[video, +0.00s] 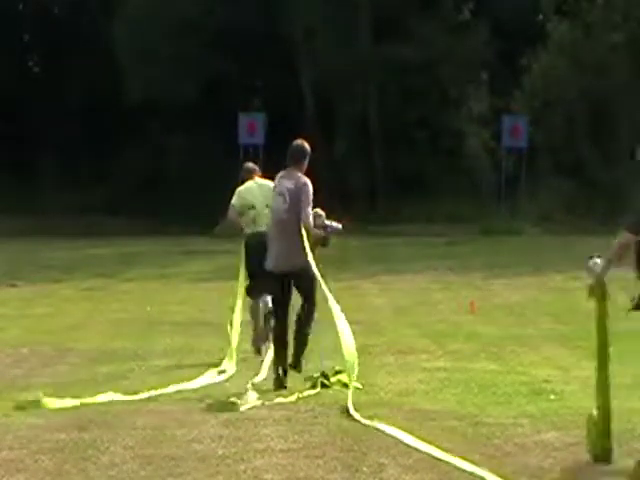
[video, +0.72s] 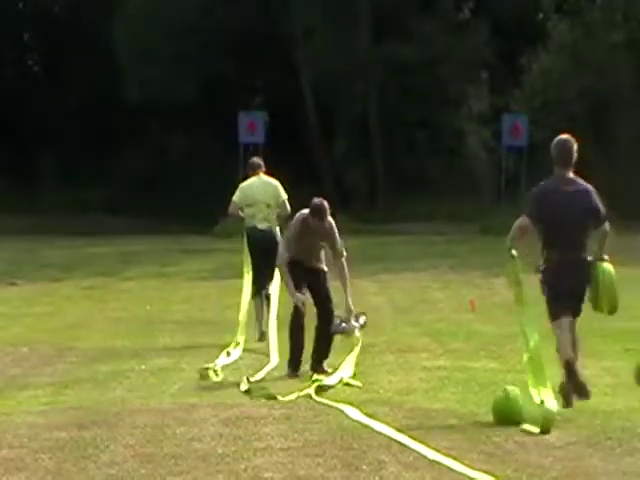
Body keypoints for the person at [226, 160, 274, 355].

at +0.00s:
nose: (246, 179)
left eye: (245, 176)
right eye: (251, 174)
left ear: (244, 176)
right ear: (259, 173)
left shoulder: (241, 191)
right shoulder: (272, 186)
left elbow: (232, 214)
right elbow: (281, 209)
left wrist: (243, 226)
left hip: (253, 235)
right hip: (273, 234)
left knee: (254, 281)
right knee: (269, 277)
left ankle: (257, 329)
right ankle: (269, 307)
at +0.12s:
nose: (254, 179)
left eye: (249, 177)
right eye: (256, 175)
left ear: (247, 177)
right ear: (261, 175)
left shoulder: (242, 193)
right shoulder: (274, 189)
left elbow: (231, 217)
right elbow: (283, 211)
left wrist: (243, 227)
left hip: (252, 238)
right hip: (274, 237)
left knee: (255, 290)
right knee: (274, 287)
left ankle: (260, 341)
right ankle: (273, 333)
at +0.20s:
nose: (260, 172)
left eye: (255, 169)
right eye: (261, 169)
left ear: (250, 171)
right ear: (265, 169)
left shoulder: (243, 185)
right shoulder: (276, 183)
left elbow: (231, 209)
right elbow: (285, 205)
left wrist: (242, 220)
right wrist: (280, 220)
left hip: (252, 230)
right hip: (274, 230)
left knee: (254, 272)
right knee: (272, 271)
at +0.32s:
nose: (259, 172)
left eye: (255, 169)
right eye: (262, 168)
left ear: (252, 170)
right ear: (267, 169)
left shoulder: (245, 184)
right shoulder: (278, 184)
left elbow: (234, 209)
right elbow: (286, 205)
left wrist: (246, 214)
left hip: (251, 226)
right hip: (271, 227)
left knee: (252, 265)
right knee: (268, 263)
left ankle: (253, 288)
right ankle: (265, 290)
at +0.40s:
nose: (253, 175)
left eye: (252, 172)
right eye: (257, 171)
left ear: (251, 172)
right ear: (265, 171)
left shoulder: (247, 188)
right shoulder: (277, 186)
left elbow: (238, 211)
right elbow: (287, 206)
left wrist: (250, 214)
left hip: (252, 233)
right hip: (272, 232)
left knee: (253, 271)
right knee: (268, 273)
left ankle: (254, 292)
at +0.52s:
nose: (247, 170)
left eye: (247, 167)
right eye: (249, 166)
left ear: (249, 167)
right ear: (261, 165)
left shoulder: (246, 182)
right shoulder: (276, 181)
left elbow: (239, 207)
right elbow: (288, 202)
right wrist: (284, 220)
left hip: (253, 227)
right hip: (271, 227)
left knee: (252, 276)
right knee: (267, 276)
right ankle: (267, 316)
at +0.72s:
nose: (256, 172)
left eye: (253, 169)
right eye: (260, 168)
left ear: (249, 170)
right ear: (264, 169)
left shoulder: (244, 186)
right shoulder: (274, 184)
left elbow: (233, 209)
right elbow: (286, 210)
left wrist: (247, 215)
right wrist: (275, 219)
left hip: (252, 230)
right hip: (270, 229)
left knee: (258, 271)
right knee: (269, 266)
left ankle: (261, 327)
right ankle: (265, 288)